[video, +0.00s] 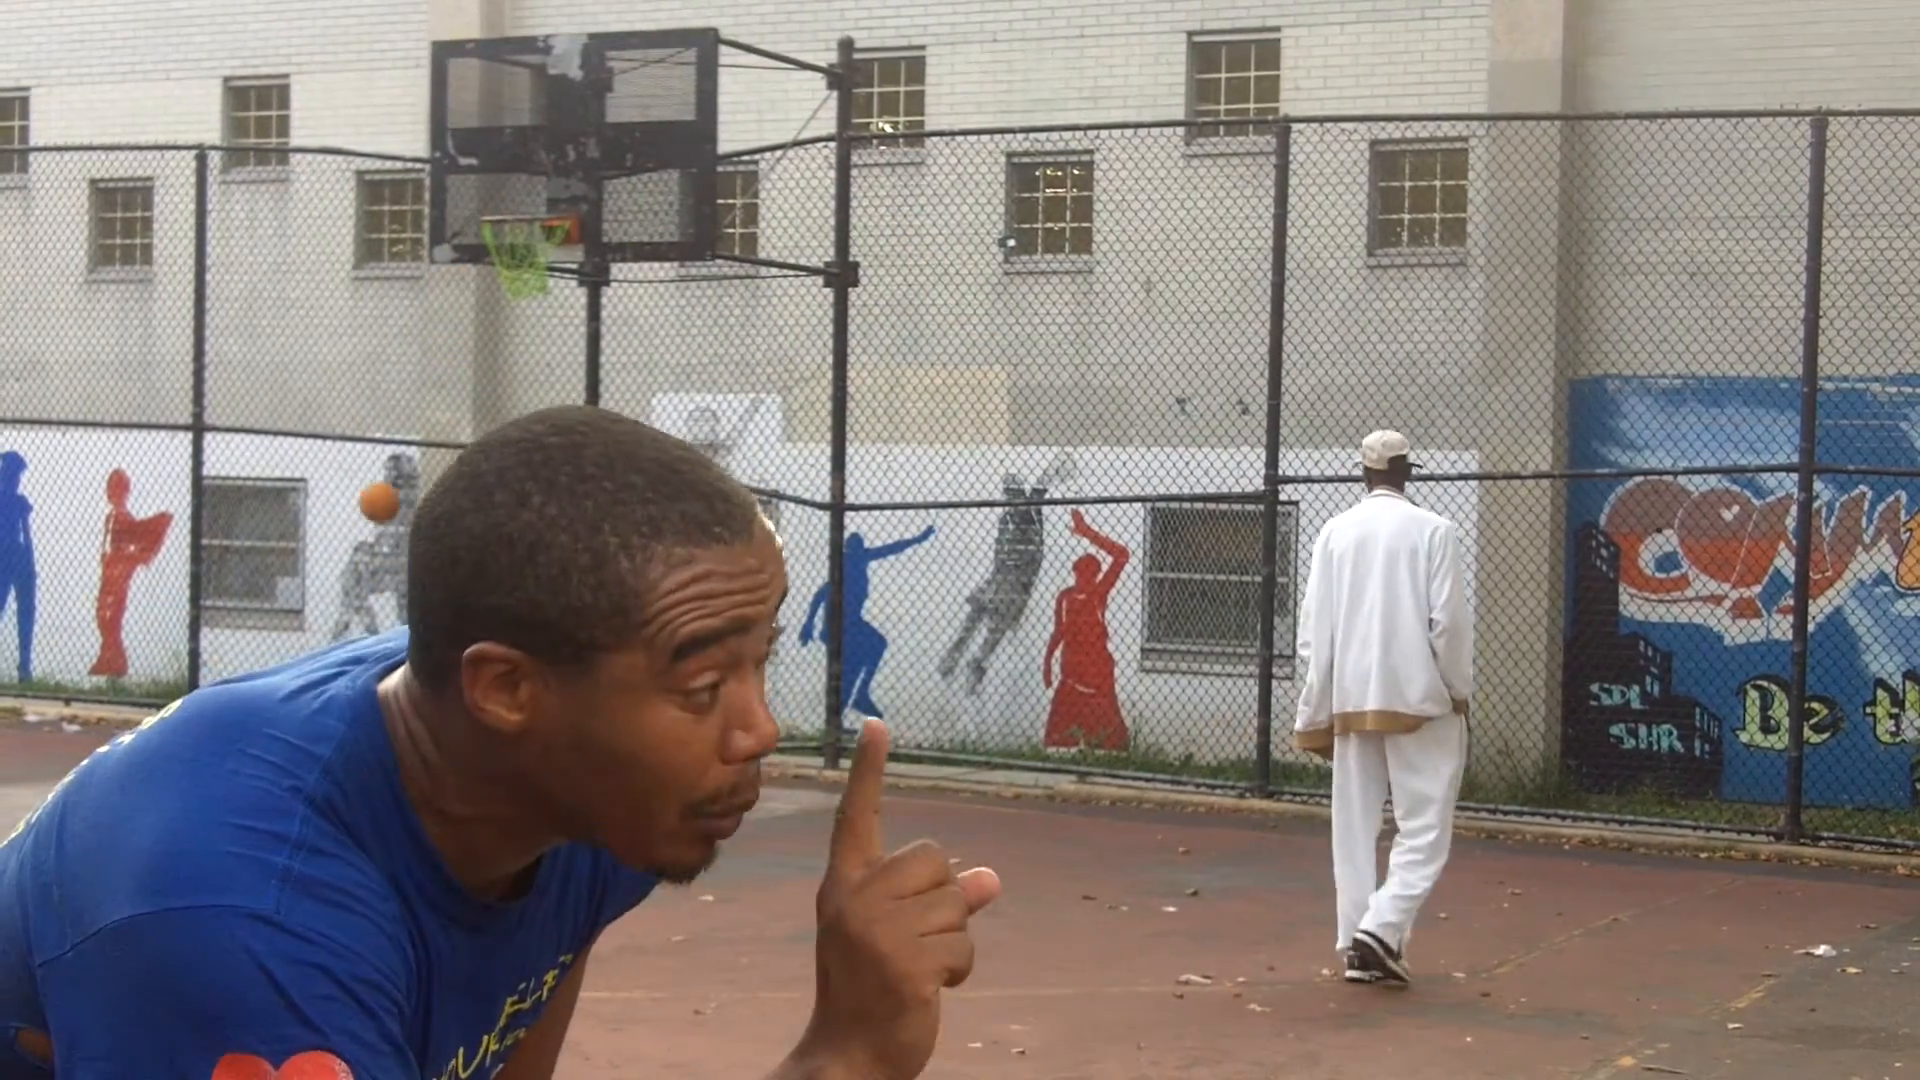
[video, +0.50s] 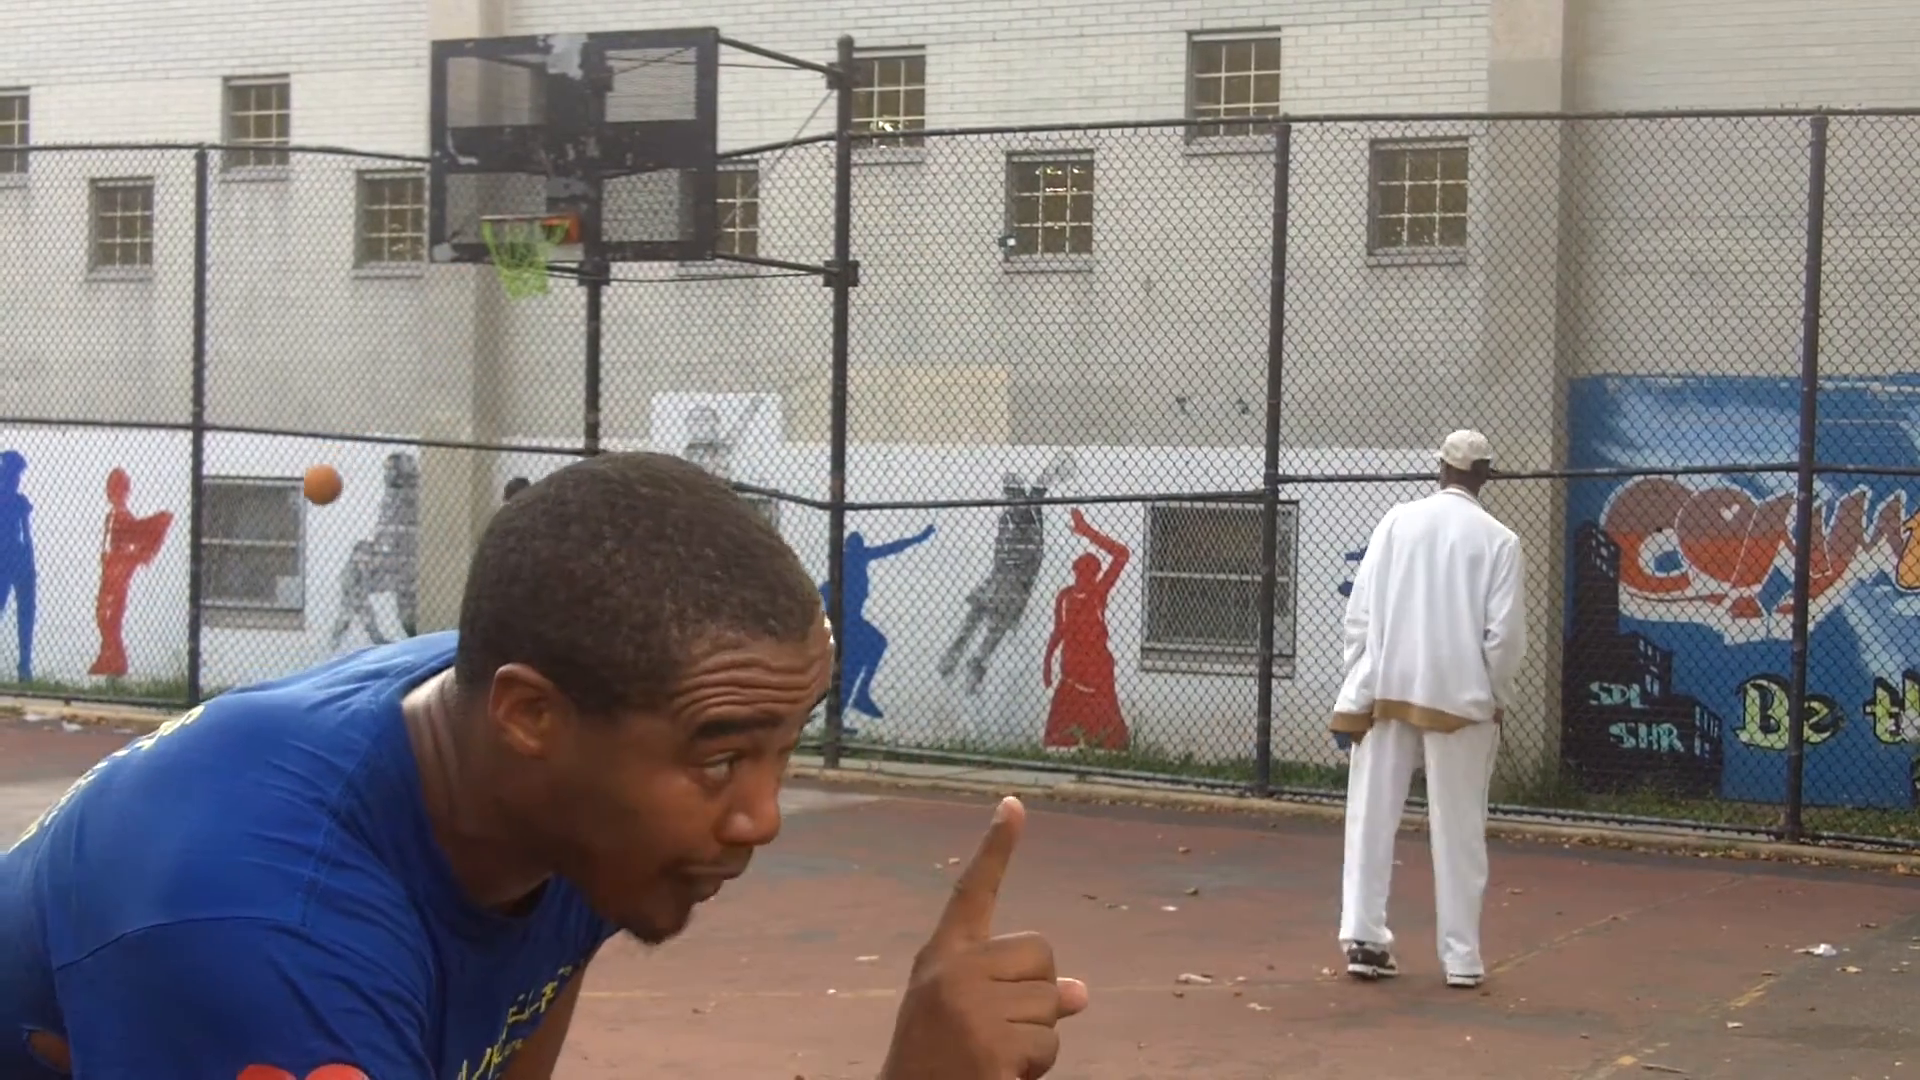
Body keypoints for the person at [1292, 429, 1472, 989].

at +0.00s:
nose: (1399, 477)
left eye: (1380, 470)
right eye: (1404, 470)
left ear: (1364, 476)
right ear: (1408, 474)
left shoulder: (1333, 532)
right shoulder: (1434, 530)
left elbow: (1312, 629)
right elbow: (1447, 623)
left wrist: (1316, 703)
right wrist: (1461, 692)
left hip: (1349, 695)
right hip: (1417, 694)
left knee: (1354, 822)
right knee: (1424, 826)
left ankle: (1358, 950)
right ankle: (1382, 930)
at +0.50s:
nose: (1470, 481)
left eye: (1454, 469)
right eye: (1480, 476)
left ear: (1439, 472)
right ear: (1484, 478)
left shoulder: (1395, 521)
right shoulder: (1498, 540)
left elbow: (1359, 615)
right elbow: (1504, 634)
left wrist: (1356, 687)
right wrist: (1494, 696)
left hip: (1385, 690)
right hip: (1459, 697)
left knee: (1369, 820)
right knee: (1460, 830)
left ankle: (1363, 939)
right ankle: (1461, 960)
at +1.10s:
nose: (1456, 474)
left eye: (1458, 467)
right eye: (1461, 467)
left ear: (1465, 471)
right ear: (1507, 480)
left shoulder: (1425, 519)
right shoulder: (1530, 542)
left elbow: (1391, 610)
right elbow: (1538, 635)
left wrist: (1381, 682)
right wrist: (1518, 697)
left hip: (1413, 686)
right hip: (1488, 694)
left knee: (1400, 815)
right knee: (1476, 821)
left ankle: (1394, 941)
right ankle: (1464, 960)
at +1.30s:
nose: (1445, 474)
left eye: (1448, 467)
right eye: (1449, 466)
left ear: (1457, 471)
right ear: (1496, 478)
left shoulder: (1423, 519)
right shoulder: (1524, 539)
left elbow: (1397, 610)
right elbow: (1537, 631)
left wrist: (1385, 683)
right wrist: (1519, 694)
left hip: (1418, 687)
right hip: (1491, 693)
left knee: (1408, 818)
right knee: (1481, 822)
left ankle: (1415, 945)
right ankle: (1467, 959)